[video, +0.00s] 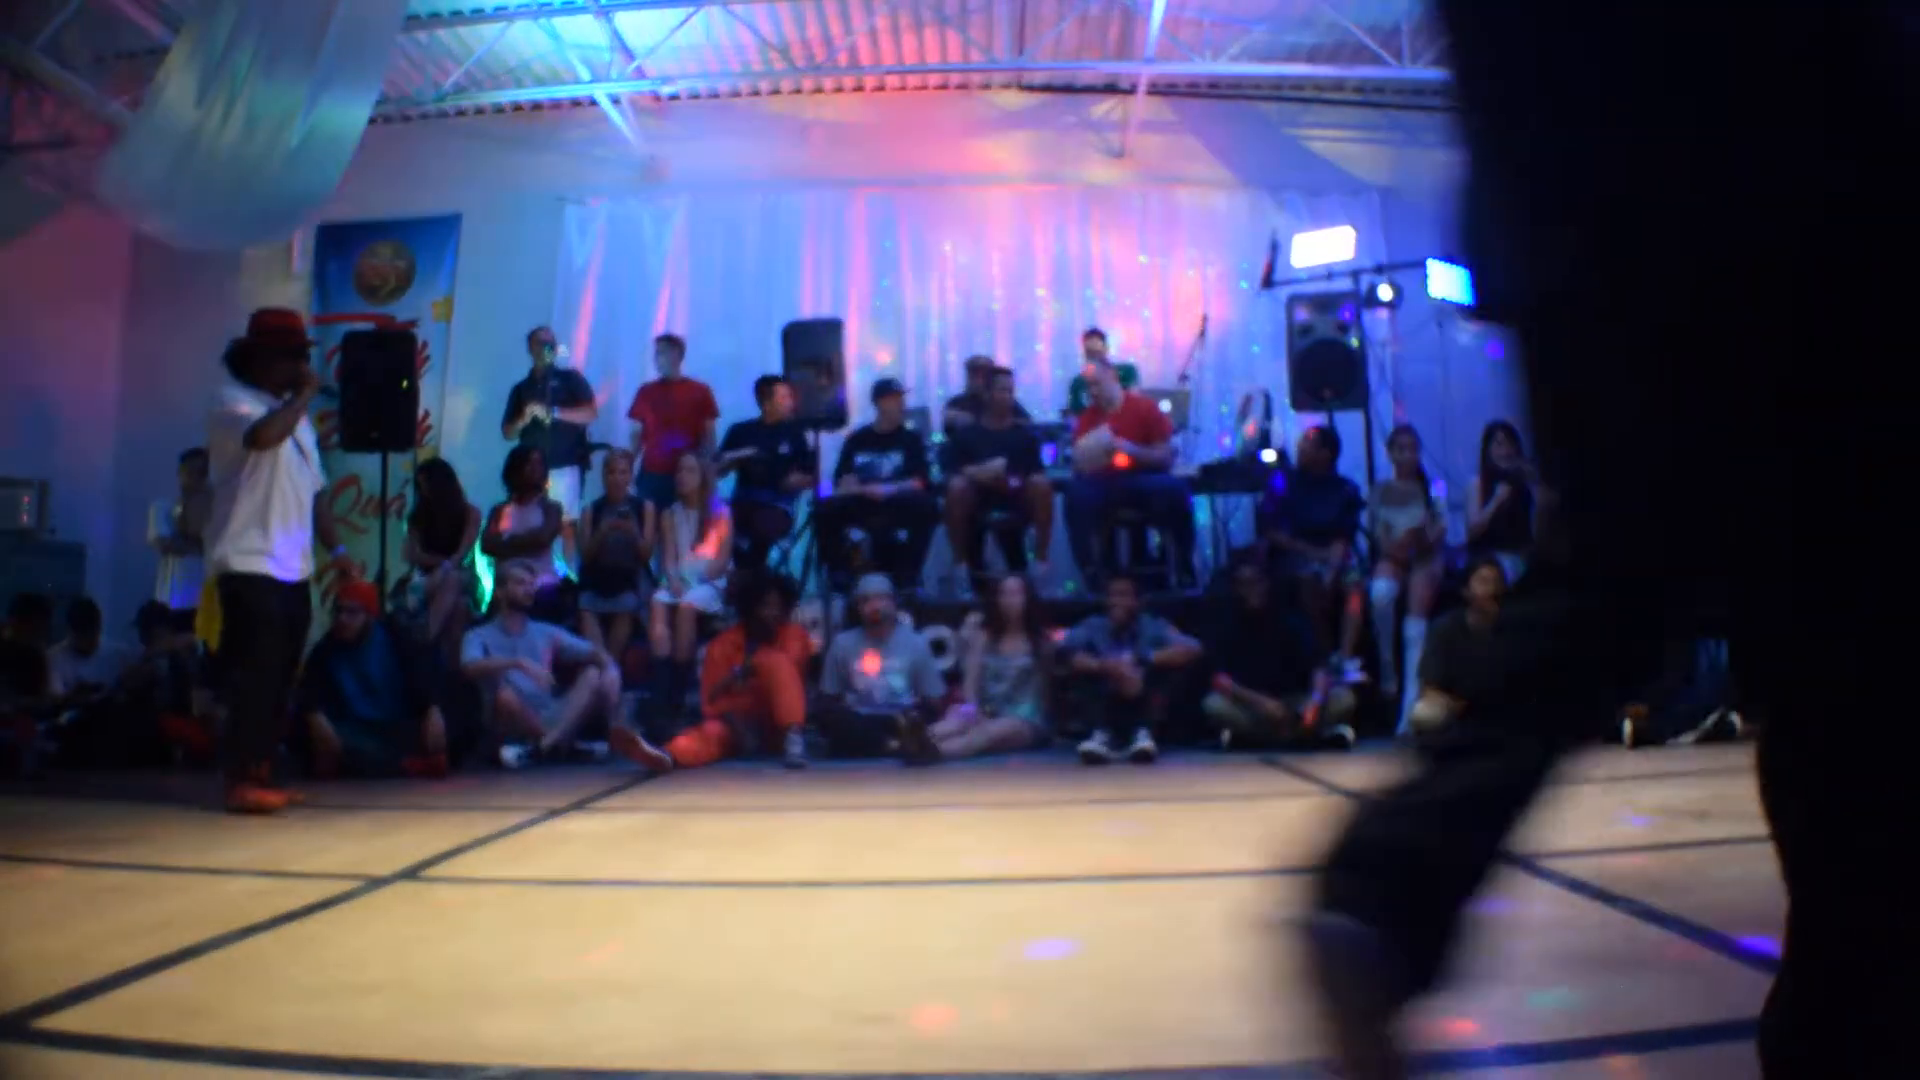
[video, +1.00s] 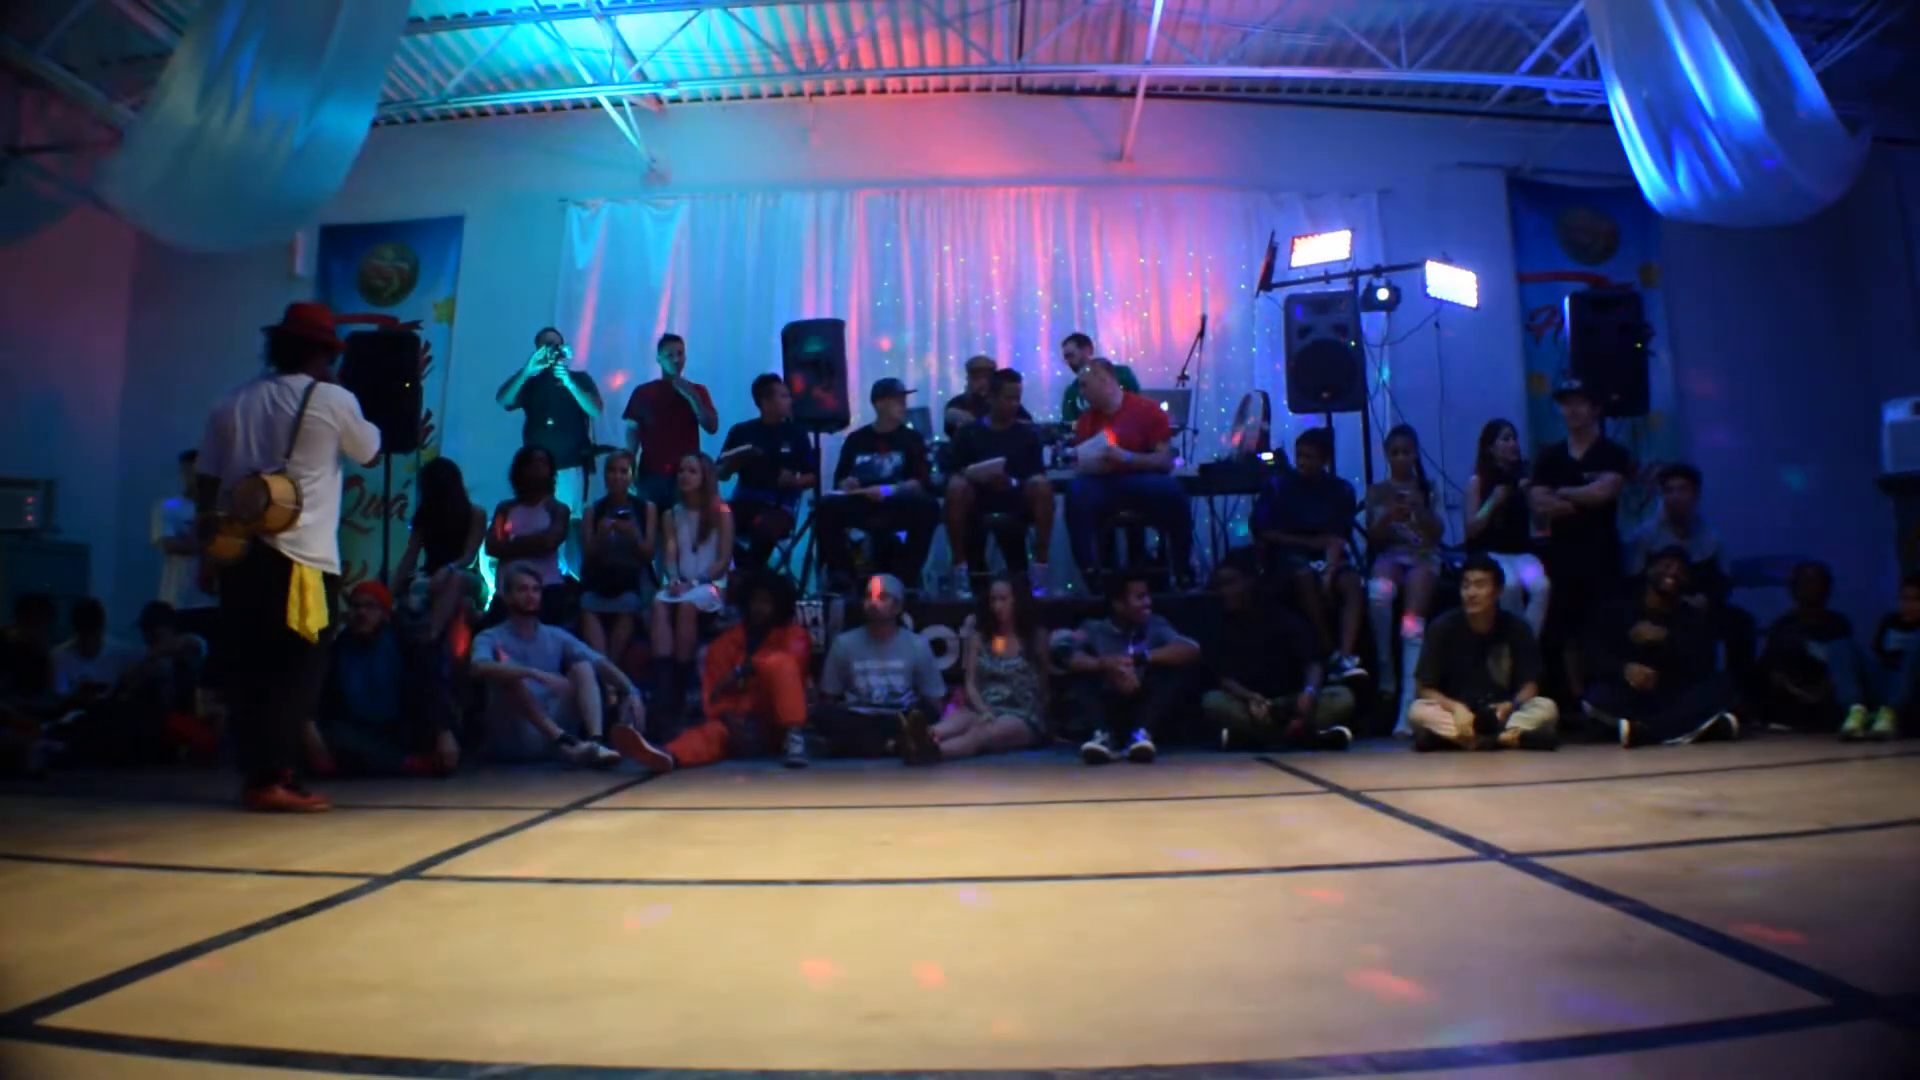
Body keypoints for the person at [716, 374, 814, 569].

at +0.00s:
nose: (790, 403)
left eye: (790, 396)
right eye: (783, 396)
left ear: (791, 398)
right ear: (766, 401)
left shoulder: (794, 432)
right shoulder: (740, 431)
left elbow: (809, 475)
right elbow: (717, 469)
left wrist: (799, 479)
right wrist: (734, 461)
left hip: (784, 505)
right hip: (746, 504)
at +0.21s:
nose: (790, 402)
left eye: (790, 396)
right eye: (784, 397)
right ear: (767, 402)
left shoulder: (795, 432)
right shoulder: (741, 431)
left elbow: (810, 474)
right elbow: (721, 469)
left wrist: (792, 485)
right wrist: (737, 462)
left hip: (779, 498)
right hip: (746, 495)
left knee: (765, 530)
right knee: (727, 523)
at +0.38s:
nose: (790, 404)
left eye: (790, 398)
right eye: (785, 398)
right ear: (768, 403)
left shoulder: (797, 434)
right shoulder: (742, 432)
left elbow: (811, 476)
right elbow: (722, 470)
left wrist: (794, 482)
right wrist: (737, 463)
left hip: (780, 502)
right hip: (746, 498)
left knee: (765, 535)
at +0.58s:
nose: (790, 404)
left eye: (790, 398)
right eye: (784, 398)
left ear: (792, 401)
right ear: (768, 403)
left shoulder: (798, 434)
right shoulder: (745, 433)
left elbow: (812, 476)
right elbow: (723, 470)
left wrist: (796, 478)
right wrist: (743, 461)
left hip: (783, 501)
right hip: (749, 498)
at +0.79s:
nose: (789, 402)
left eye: (789, 396)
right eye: (783, 396)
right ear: (766, 401)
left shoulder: (797, 433)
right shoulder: (742, 432)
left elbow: (812, 476)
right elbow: (722, 473)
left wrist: (795, 480)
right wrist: (739, 462)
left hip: (780, 501)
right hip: (746, 498)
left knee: (768, 530)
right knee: (721, 522)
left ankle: (751, 573)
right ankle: (744, 563)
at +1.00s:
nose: (788, 402)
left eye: (788, 396)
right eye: (782, 396)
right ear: (764, 402)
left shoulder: (796, 433)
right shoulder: (741, 431)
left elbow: (812, 476)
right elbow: (721, 473)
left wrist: (794, 480)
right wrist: (735, 461)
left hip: (779, 503)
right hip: (745, 499)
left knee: (765, 531)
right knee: (719, 523)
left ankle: (750, 575)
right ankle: (743, 563)